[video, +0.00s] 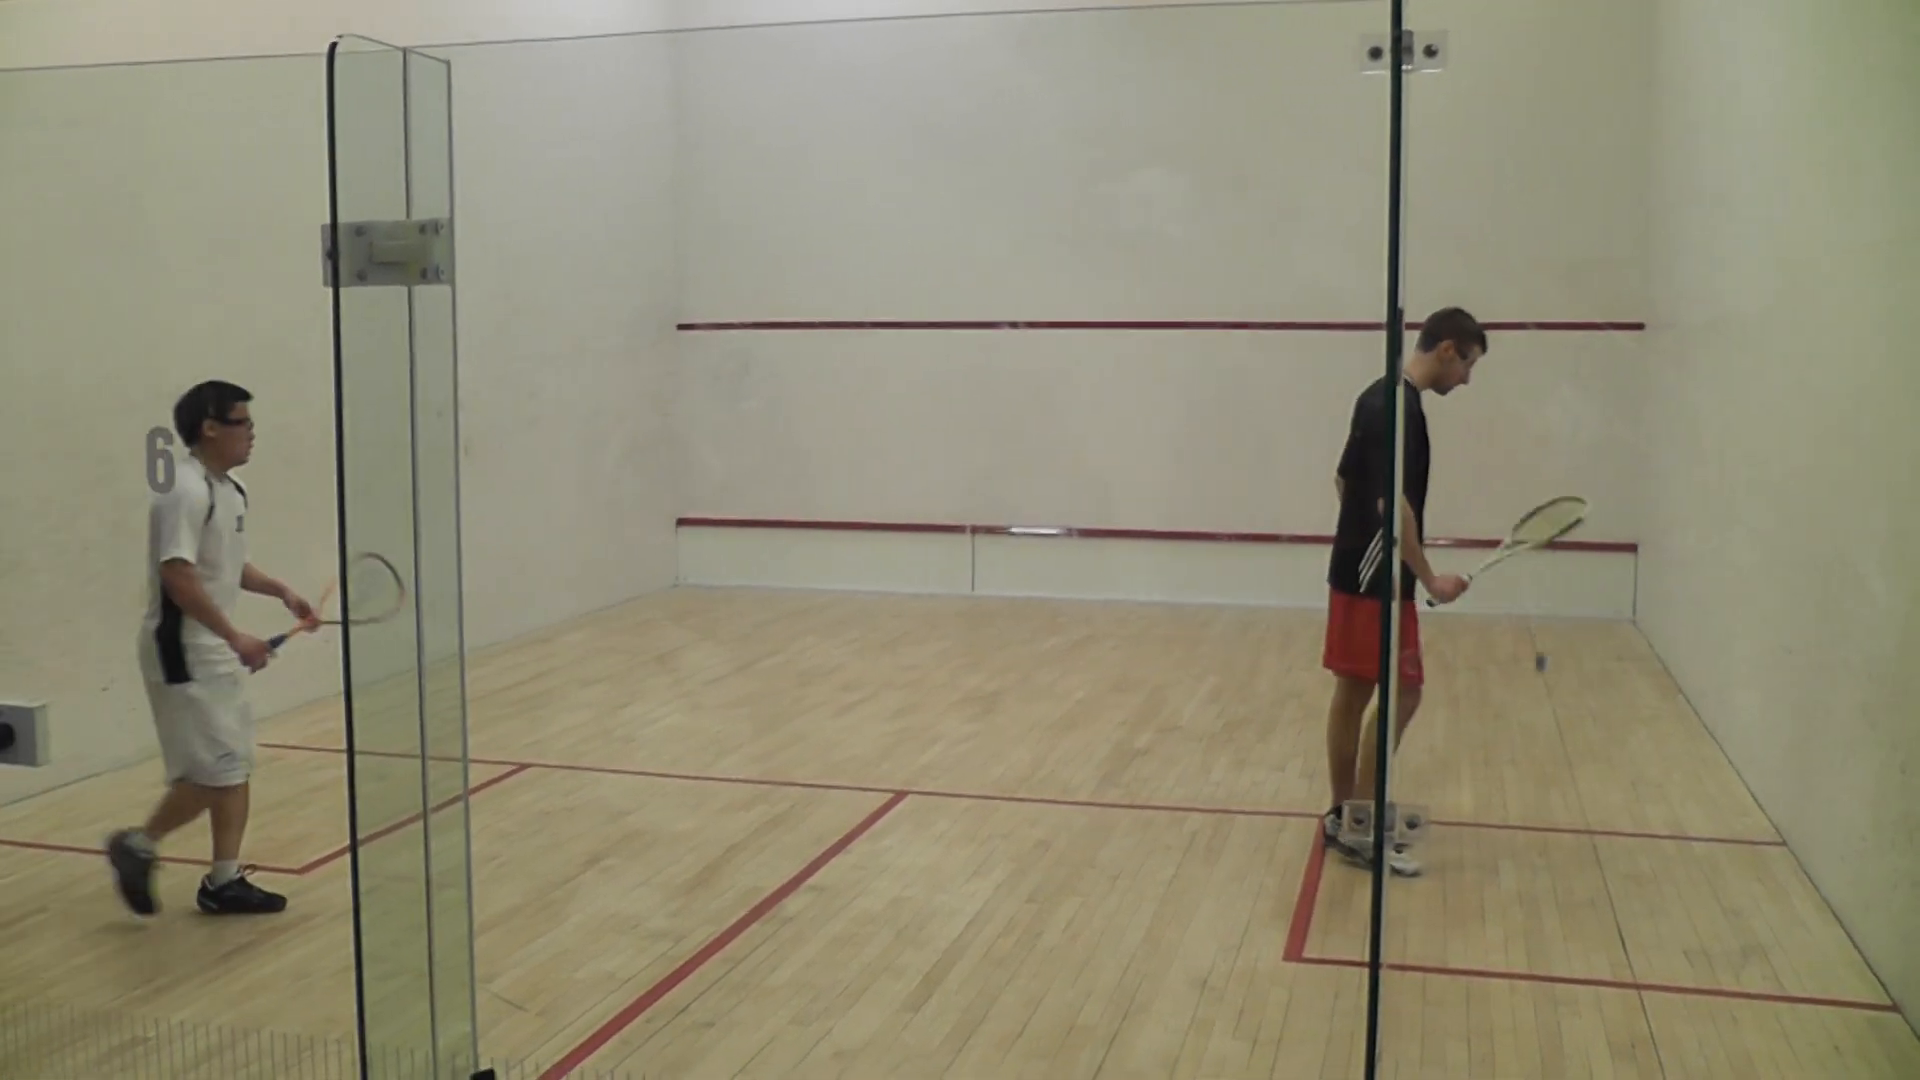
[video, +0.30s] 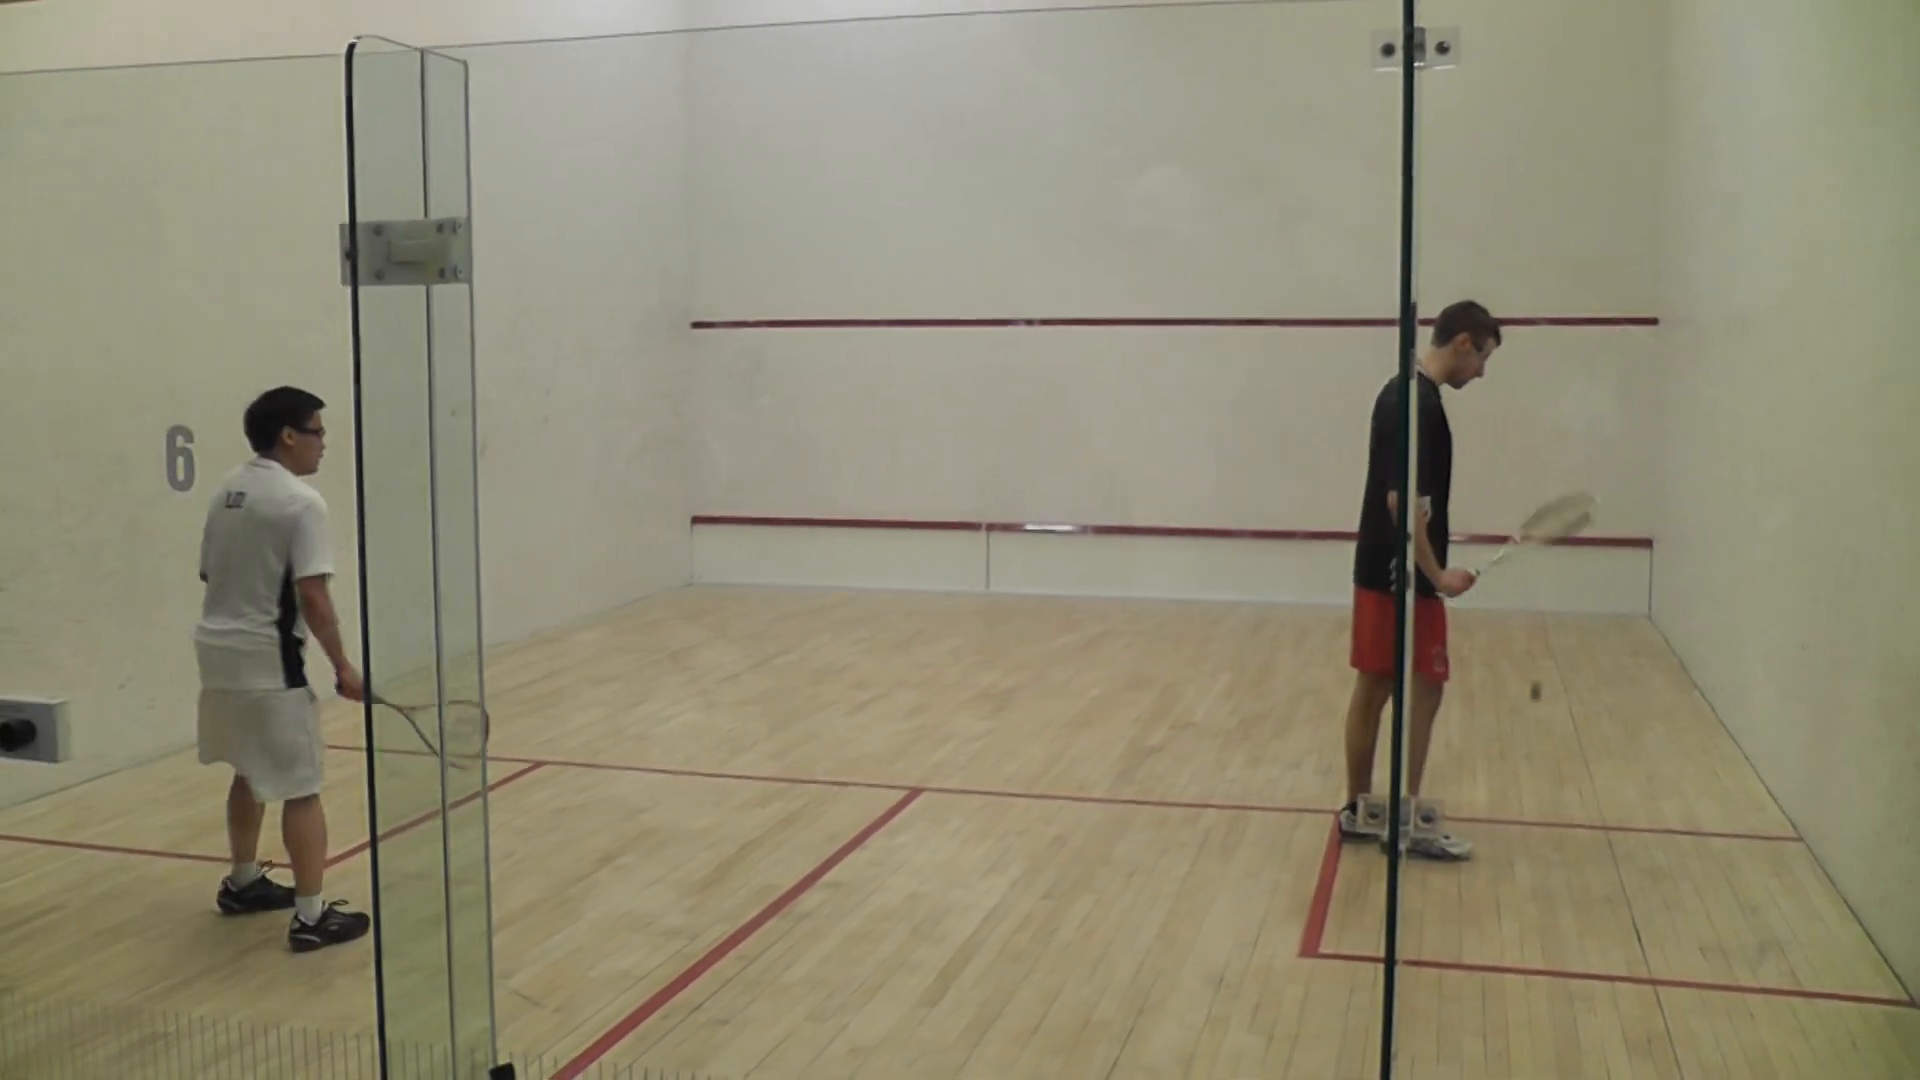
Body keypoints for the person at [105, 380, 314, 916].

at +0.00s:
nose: (251, 432)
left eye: (250, 422)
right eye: (240, 423)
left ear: (220, 431)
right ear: (206, 430)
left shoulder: (230, 491)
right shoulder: (184, 488)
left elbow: (227, 567)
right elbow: (177, 577)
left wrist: (283, 592)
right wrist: (235, 637)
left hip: (216, 643)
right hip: (181, 646)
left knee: (234, 762)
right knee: (212, 768)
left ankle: (224, 879)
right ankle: (137, 845)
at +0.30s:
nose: (323, 443)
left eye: (322, 432)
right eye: (316, 432)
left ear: (271, 438)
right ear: (285, 437)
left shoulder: (229, 489)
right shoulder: (301, 502)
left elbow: (209, 572)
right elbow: (313, 596)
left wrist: (266, 601)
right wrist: (343, 665)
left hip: (218, 662)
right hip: (269, 668)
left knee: (249, 771)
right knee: (301, 787)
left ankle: (243, 880)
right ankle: (311, 914)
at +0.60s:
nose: (375, 445)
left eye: (373, 434)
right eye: (368, 436)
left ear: (314, 443)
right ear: (340, 443)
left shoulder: (265, 500)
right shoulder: (372, 506)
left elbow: (245, 586)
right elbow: (395, 599)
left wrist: (301, 607)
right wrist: (426, 675)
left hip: (286, 682)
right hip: (359, 680)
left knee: (297, 806)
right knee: (375, 796)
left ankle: (302, 923)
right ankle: (367, 916)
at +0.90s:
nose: (384, 446)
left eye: (382, 435)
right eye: (379, 436)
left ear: (321, 443)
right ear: (359, 441)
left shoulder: (280, 511)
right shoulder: (397, 507)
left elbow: (263, 602)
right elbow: (428, 599)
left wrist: (313, 621)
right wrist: (447, 671)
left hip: (319, 690)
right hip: (392, 682)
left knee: (328, 821)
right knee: (410, 807)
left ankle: (341, 954)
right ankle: (421, 925)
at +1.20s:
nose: (422, 441)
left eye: (420, 430)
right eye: (419, 432)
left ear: (356, 440)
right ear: (405, 440)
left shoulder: (319, 504)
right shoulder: (443, 505)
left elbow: (287, 583)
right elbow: (471, 594)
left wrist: (296, 634)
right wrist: (481, 666)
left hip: (349, 697)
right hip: (424, 692)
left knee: (356, 825)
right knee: (436, 818)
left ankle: (368, 955)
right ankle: (448, 945)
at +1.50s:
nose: (462, 440)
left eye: (461, 430)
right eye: (459, 431)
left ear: (393, 438)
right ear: (445, 439)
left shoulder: (355, 498)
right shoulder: (477, 507)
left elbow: (324, 583)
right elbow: (498, 604)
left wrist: (342, 622)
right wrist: (504, 678)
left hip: (380, 692)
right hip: (456, 688)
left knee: (380, 823)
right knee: (460, 819)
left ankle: (386, 954)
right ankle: (465, 945)